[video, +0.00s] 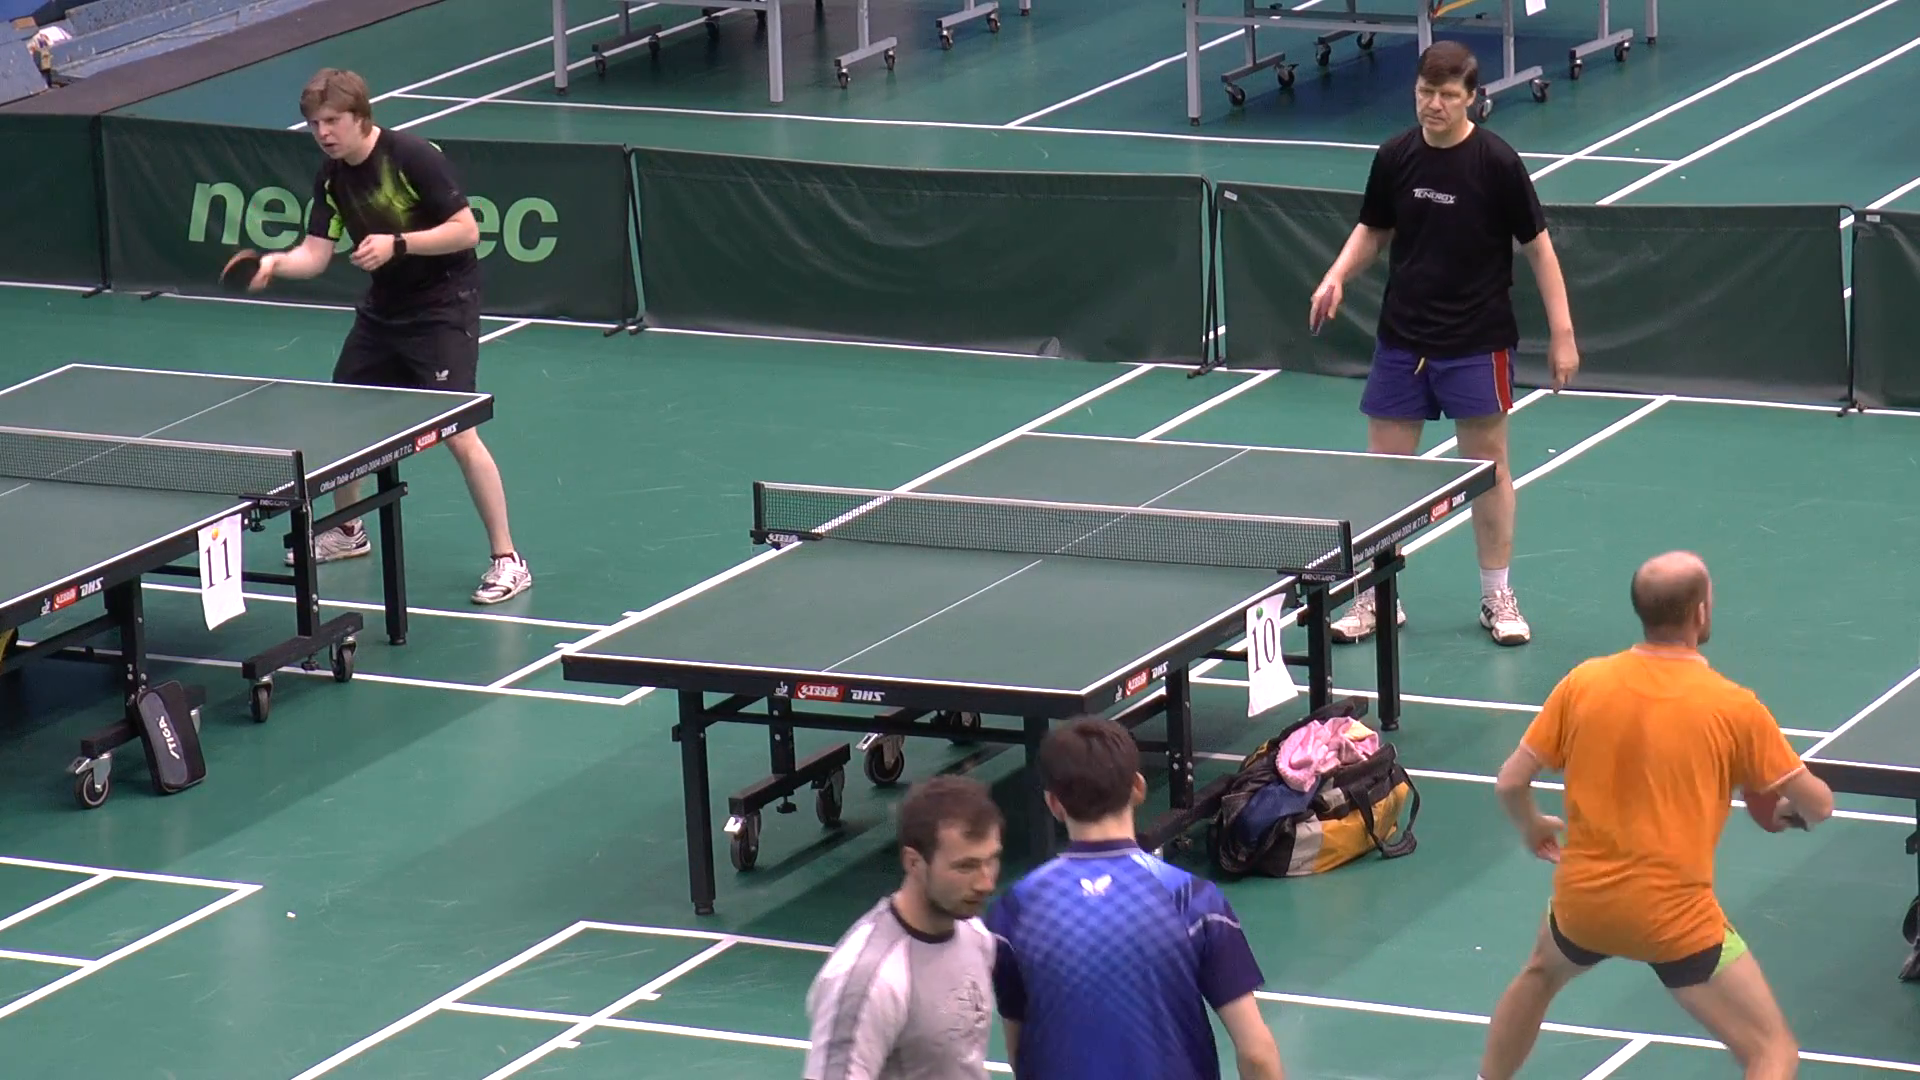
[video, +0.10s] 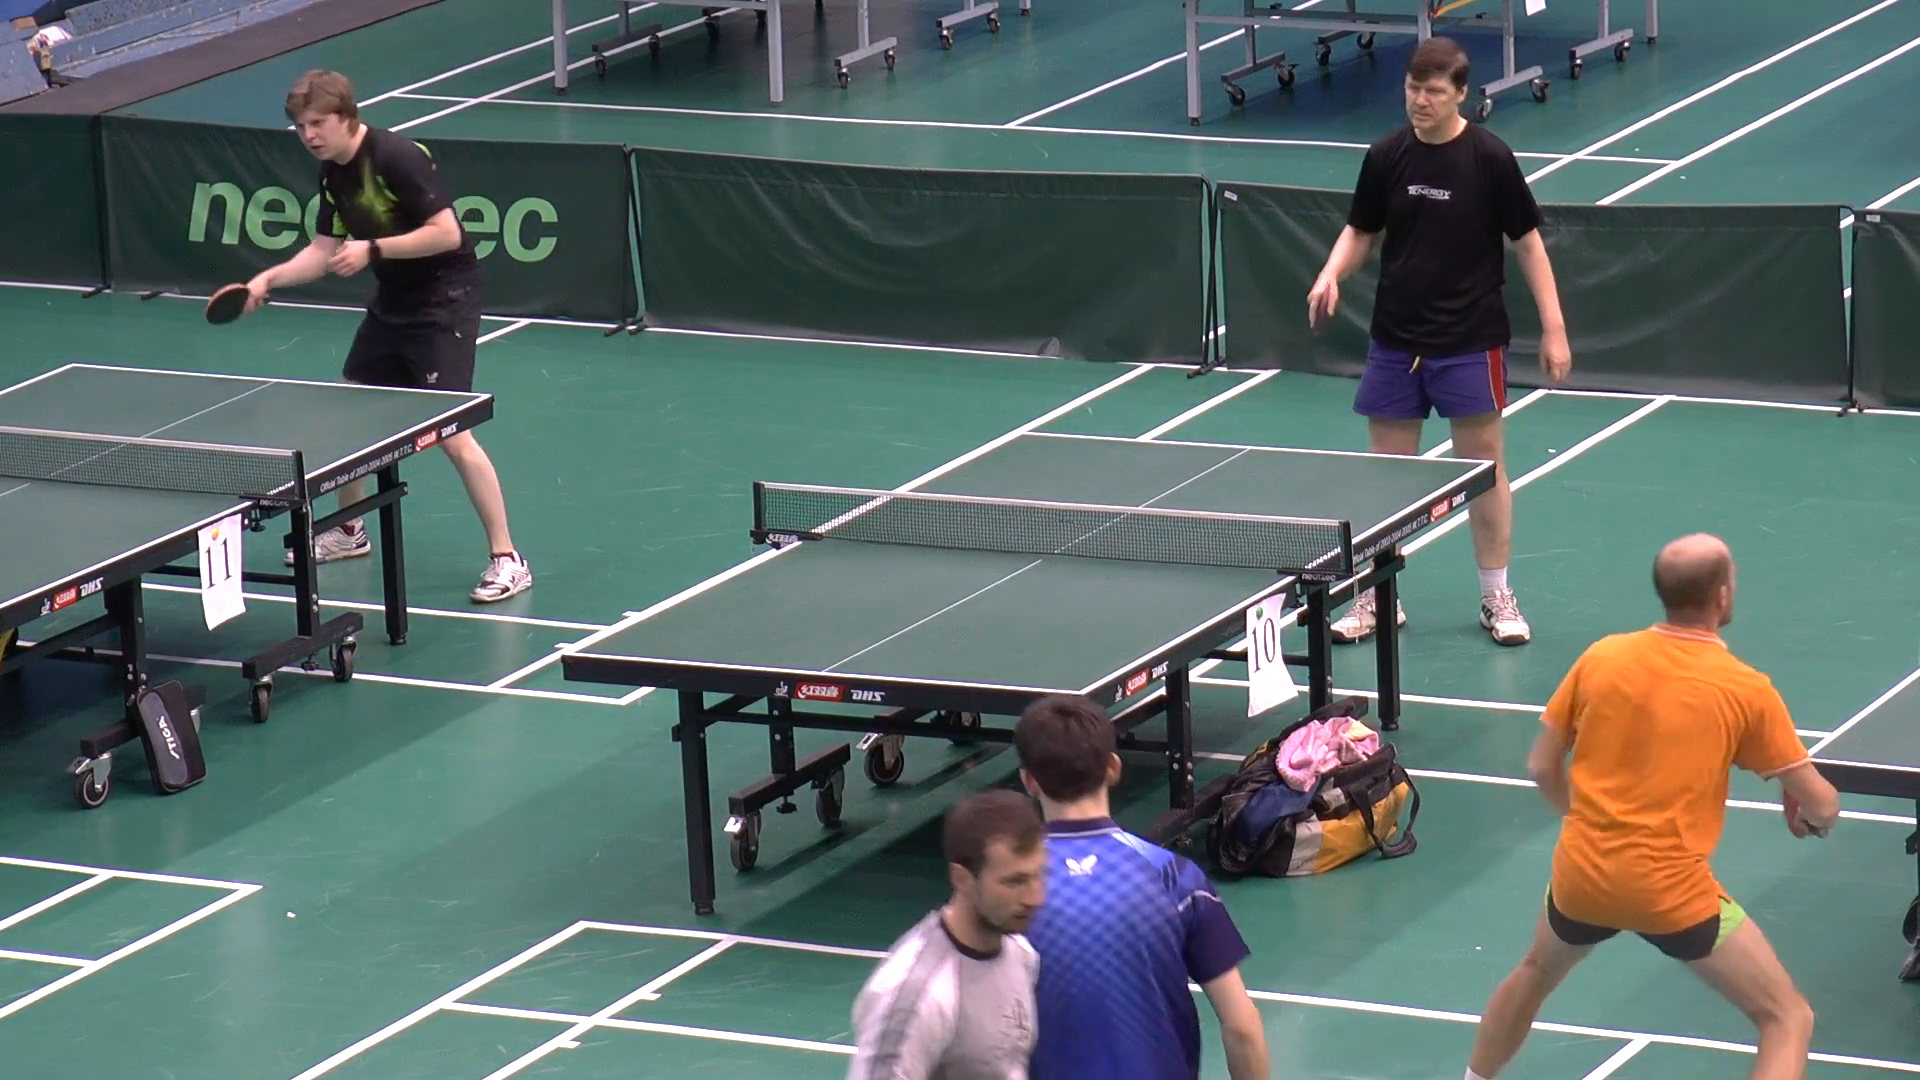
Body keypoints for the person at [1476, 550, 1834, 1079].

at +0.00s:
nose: (1713, 604)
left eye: (1709, 594)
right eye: (1711, 596)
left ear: (1639, 610)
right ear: (1701, 611)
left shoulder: (1584, 682)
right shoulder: (1733, 706)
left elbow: (1510, 782)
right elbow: (1819, 805)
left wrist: (1533, 826)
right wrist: (1782, 807)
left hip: (1582, 905)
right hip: (1676, 916)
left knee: (1539, 977)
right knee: (1771, 1050)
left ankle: (1490, 1074)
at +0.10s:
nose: (1735, 588)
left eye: (1733, 578)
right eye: (1733, 581)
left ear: (1663, 593)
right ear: (1722, 596)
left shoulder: (1602, 657)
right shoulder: (1743, 687)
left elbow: (1542, 765)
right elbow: (1823, 805)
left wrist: (1578, 809)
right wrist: (1802, 805)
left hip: (1580, 881)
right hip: (1671, 892)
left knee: (1534, 974)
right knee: (1786, 1017)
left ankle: (1475, 1074)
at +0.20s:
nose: (1763, 603)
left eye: (1760, 593)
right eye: (1761, 595)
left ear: (1692, 604)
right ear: (1751, 610)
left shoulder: (1626, 666)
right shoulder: (1758, 707)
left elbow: (1584, 772)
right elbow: (1824, 834)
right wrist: (1819, 836)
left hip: (1580, 883)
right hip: (1662, 899)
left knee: (1533, 982)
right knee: (1788, 1025)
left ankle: (1466, 1074)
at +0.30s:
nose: (1783, 622)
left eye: (1780, 612)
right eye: (1781, 614)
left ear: (1709, 625)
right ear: (1772, 631)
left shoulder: (1651, 678)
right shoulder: (1771, 736)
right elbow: (1829, 861)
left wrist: (1761, 806)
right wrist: (1797, 863)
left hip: (1589, 894)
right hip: (1671, 914)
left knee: (1548, 990)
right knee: (1810, 1030)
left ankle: (1476, 1075)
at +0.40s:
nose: (1787, 616)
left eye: (1782, 606)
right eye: (1785, 608)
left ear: (1713, 618)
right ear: (1777, 623)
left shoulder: (1652, 673)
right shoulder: (1782, 728)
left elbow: (1618, 756)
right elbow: (1825, 860)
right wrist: (1767, 861)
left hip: (1601, 895)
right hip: (1689, 915)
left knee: (1541, 993)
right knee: (1815, 1033)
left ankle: (1476, 1075)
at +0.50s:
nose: (1786, 599)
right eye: (1786, 592)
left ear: (1716, 599)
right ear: (1781, 604)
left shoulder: (1658, 657)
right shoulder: (1797, 712)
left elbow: (1570, 698)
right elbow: (1837, 830)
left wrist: (1594, 664)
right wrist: (1774, 805)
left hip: (1610, 883)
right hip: (1706, 900)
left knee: (1534, 997)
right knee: (1805, 1033)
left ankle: (1479, 1076)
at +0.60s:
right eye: (1796, 606)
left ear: (1726, 613)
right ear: (1792, 616)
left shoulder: (1675, 660)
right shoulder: (1810, 706)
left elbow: (1559, 671)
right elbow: (1861, 735)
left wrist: (1470, 648)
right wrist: (1861, 689)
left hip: (1611, 885)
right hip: (1706, 903)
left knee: (1536, 980)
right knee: (1793, 1040)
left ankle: (1496, 1075)